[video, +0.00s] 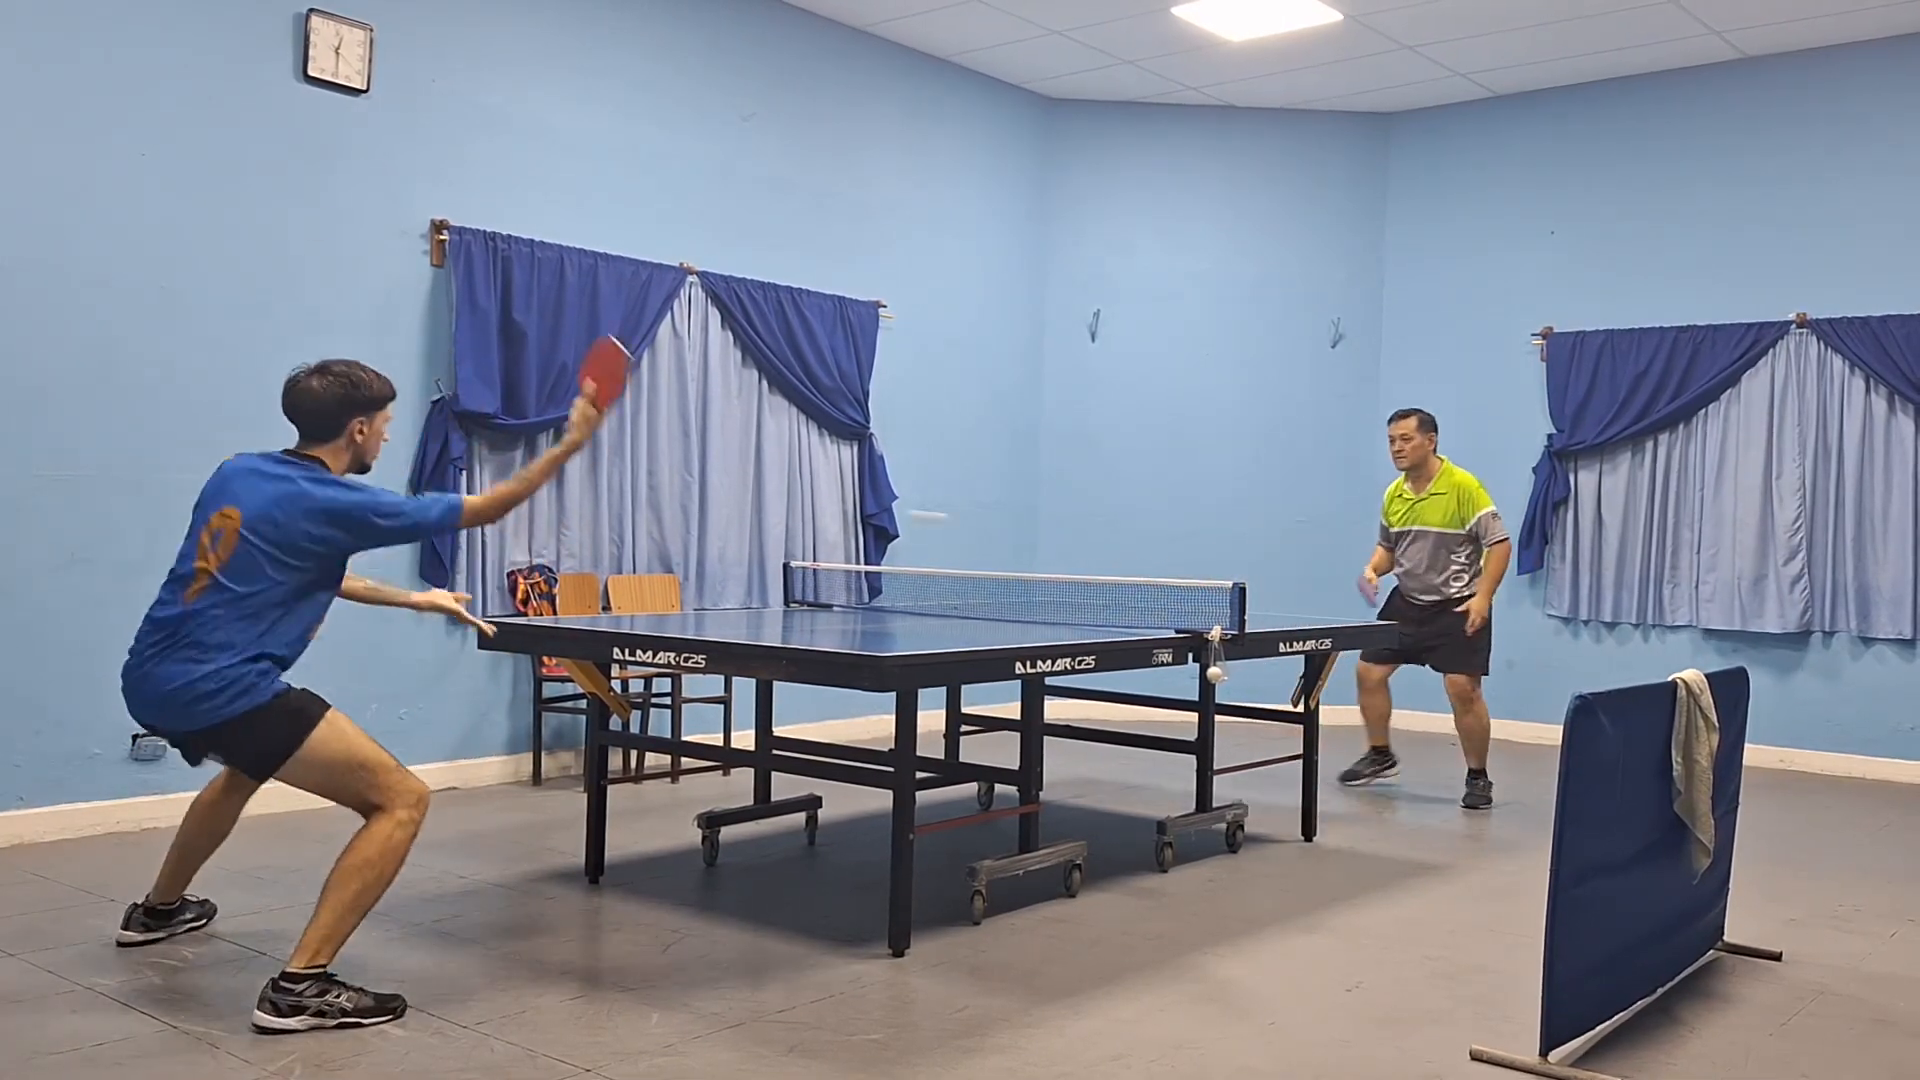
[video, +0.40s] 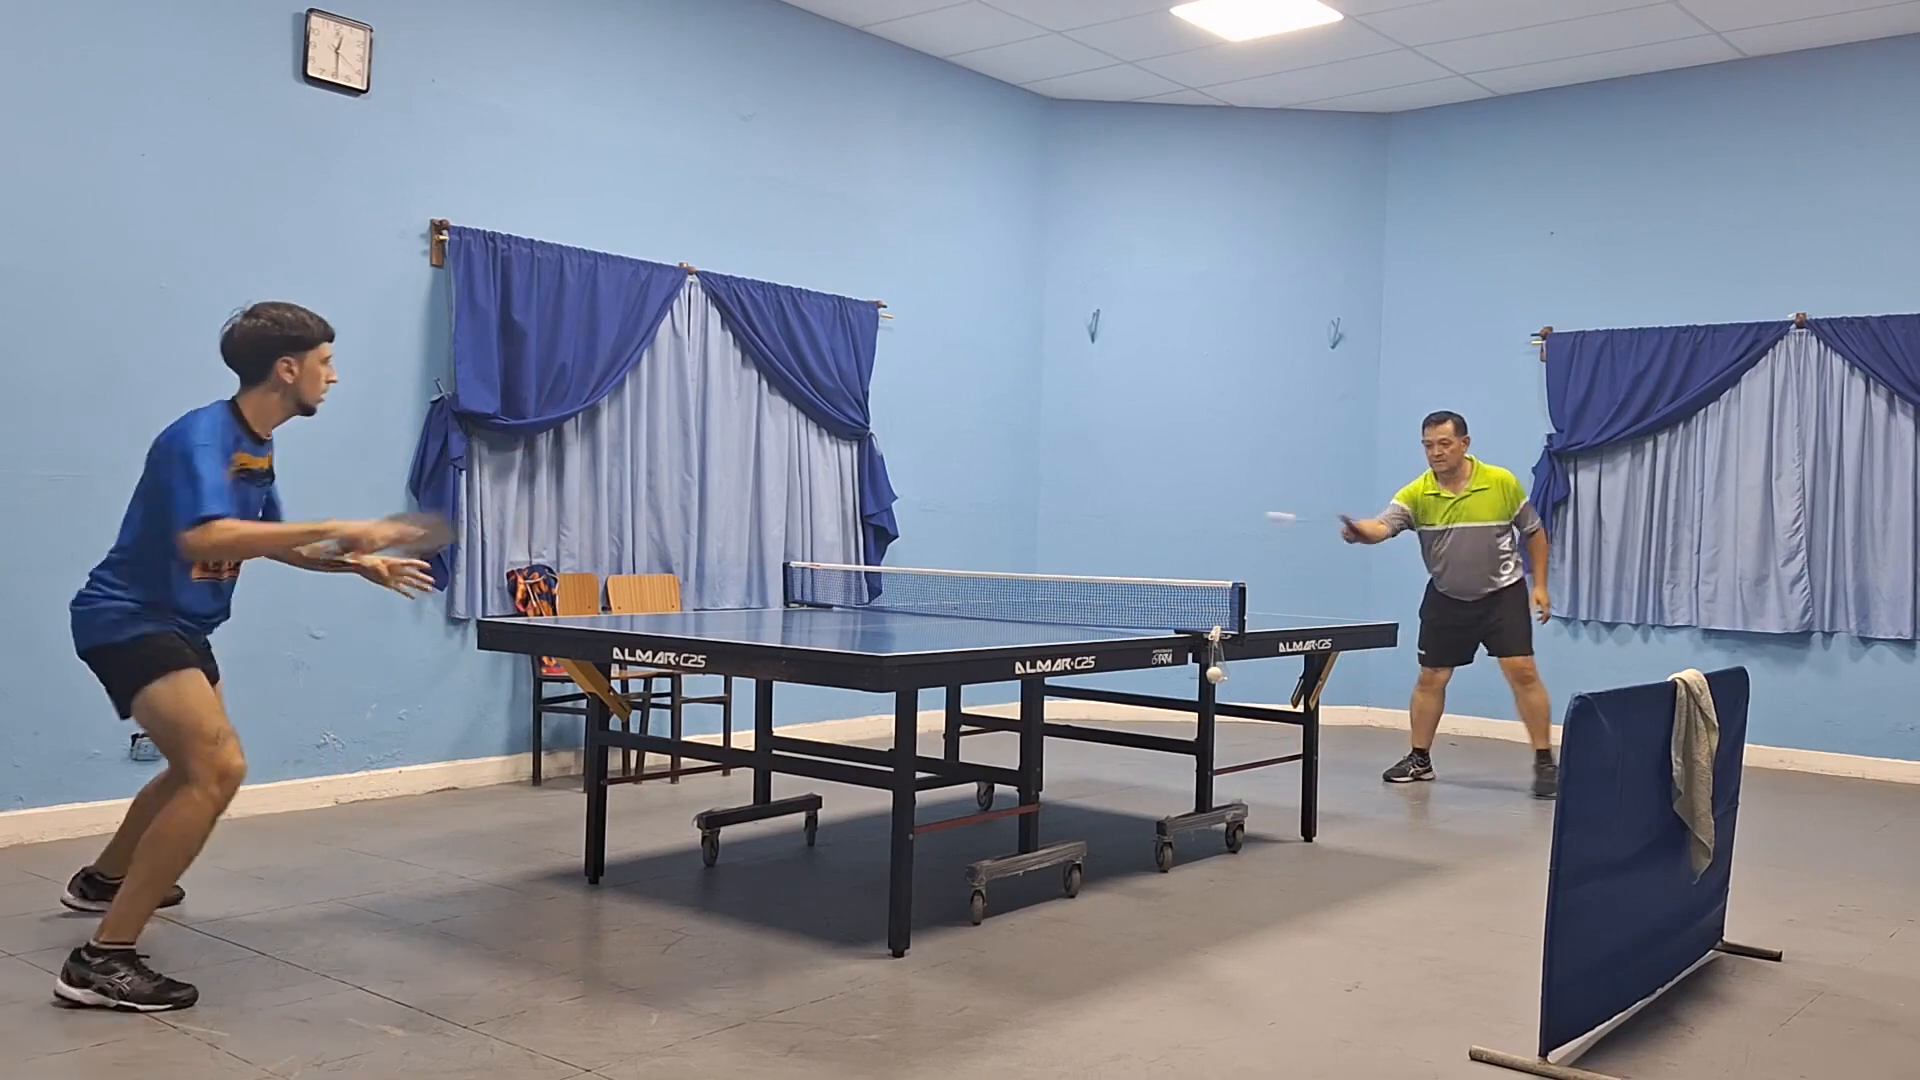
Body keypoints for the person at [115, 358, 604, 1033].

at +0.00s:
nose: (386, 436)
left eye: (385, 423)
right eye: (382, 424)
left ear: (311, 427)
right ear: (353, 430)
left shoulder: (235, 472)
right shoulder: (332, 504)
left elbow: (307, 570)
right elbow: (481, 510)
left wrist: (413, 598)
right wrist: (569, 443)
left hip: (153, 679)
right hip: (218, 686)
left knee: (256, 759)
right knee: (403, 801)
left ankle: (158, 906)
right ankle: (301, 982)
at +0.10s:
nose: (380, 404)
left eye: (380, 391)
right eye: (375, 392)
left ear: (311, 398)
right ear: (339, 398)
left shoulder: (239, 449)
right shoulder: (298, 466)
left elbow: (296, 560)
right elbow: (437, 495)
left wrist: (401, 597)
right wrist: (527, 421)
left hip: (144, 644)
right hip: (195, 649)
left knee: (247, 752)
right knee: (353, 780)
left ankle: (158, 906)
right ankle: (298, 979)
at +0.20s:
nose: (373, 372)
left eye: (372, 358)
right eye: (367, 358)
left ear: (308, 364)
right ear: (330, 363)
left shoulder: (241, 416)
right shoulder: (276, 428)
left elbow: (267, 535)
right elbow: (383, 495)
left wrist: (368, 577)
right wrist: (488, 440)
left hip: (142, 597)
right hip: (164, 603)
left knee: (236, 740)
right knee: (292, 755)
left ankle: (147, 886)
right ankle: (256, 962)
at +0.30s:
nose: (352, 368)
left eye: (352, 353)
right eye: (347, 353)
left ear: (300, 360)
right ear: (309, 359)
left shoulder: (246, 424)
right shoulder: (236, 422)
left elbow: (268, 538)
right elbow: (296, 512)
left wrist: (356, 566)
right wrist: (420, 485)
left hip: (158, 601)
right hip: (145, 606)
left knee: (225, 746)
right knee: (254, 764)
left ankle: (129, 865)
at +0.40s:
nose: (332, 376)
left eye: (331, 363)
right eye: (325, 363)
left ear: (282, 371)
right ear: (286, 369)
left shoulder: (254, 446)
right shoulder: (196, 438)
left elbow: (270, 541)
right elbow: (201, 539)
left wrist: (353, 562)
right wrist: (342, 533)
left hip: (182, 623)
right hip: (129, 617)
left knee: (202, 762)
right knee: (218, 768)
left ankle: (106, 878)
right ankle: (106, 955)